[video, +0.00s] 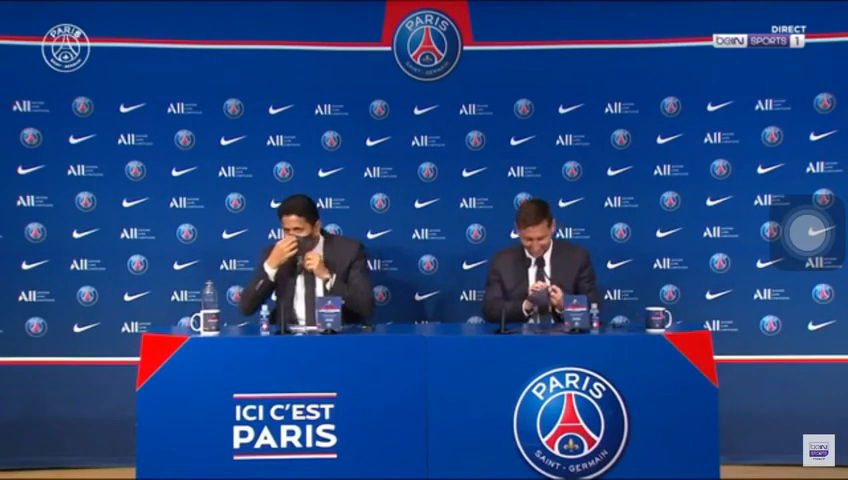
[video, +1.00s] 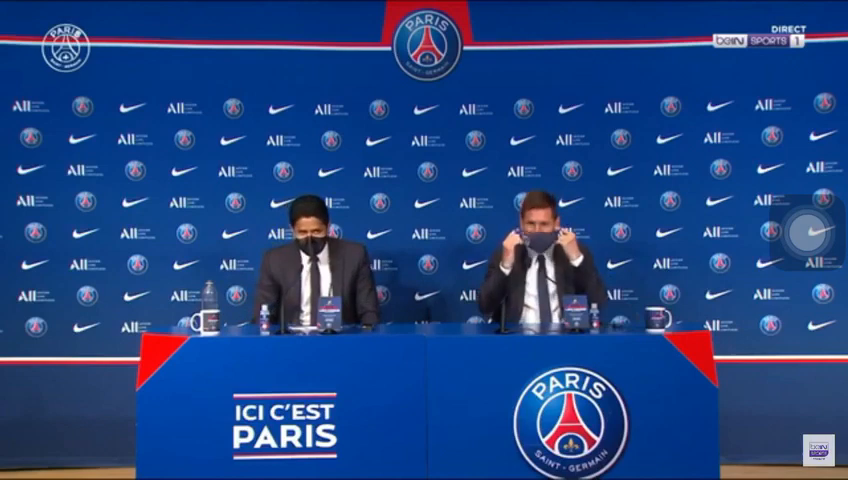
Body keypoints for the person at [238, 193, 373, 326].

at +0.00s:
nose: (292, 237)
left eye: (298, 230)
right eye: (287, 231)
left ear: (317, 226)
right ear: (282, 228)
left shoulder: (349, 251)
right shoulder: (276, 253)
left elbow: (365, 308)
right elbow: (247, 307)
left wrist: (327, 277)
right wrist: (271, 265)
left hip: (335, 343)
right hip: (288, 343)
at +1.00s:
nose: (310, 238)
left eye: (317, 231)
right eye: (302, 232)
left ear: (327, 227)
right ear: (293, 230)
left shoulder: (354, 254)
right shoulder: (275, 259)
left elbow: (368, 312)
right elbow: (263, 315)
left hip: (342, 346)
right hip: (291, 346)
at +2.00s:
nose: (319, 247)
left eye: (324, 239)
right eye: (312, 241)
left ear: (331, 234)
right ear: (295, 238)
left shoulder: (352, 259)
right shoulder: (272, 266)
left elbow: (377, 313)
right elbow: (251, 320)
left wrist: (362, 337)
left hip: (342, 349)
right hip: (291, 350)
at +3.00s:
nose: (314, 258)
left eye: (320, 251)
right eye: (307, 254)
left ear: (327, 241)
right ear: (290, 246)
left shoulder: (347, 259)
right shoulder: (268, 263)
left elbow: (374, 303)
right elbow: (238, 303)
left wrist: (366, 335)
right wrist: (252, 338)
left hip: (338, 347)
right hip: (286, 348)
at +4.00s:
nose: (316, 244)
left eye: (321, 235)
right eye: (307, 237)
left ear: (329, 230)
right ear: (295, 234)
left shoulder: (349, 251)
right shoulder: (272, 257)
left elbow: (367, 317)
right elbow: (257, 315)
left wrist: (350, 277)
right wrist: (287, 288)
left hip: (337, 343)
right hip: (289, 344)